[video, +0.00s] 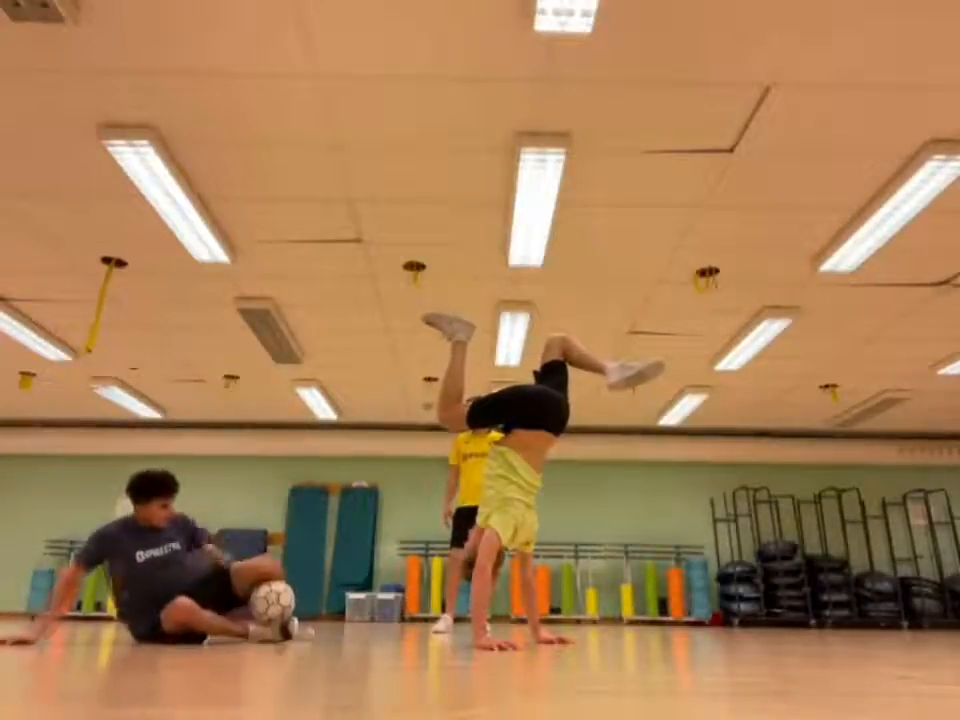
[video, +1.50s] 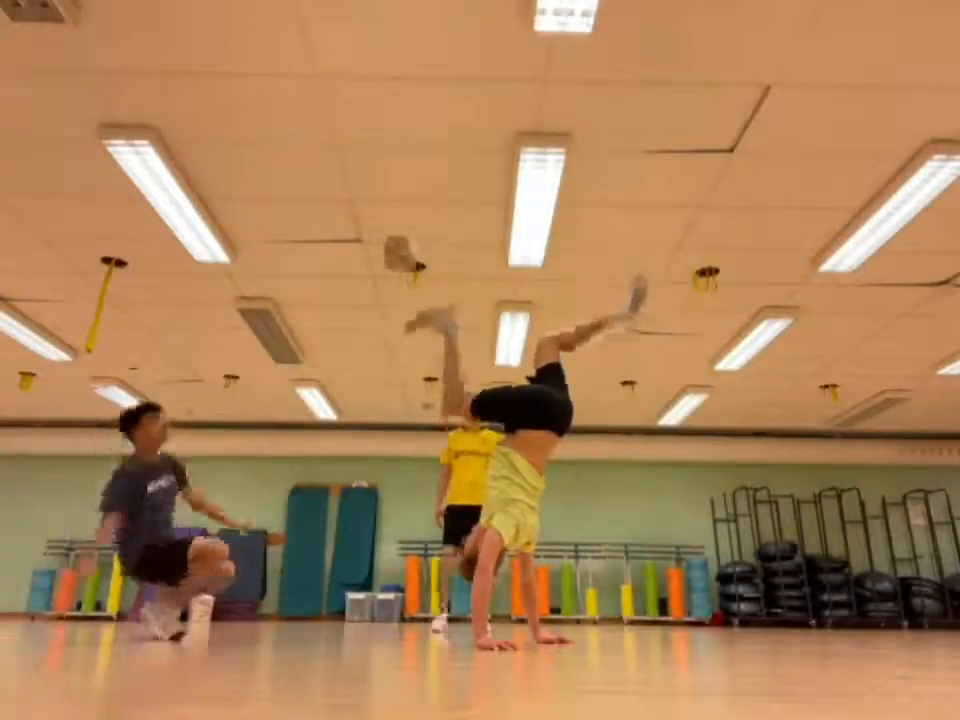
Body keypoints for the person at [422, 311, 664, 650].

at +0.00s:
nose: (485, 562)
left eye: (484, 566)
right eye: (482, 563)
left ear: (474, 548)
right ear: (475, 543)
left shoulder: (525, 534)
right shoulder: (495, 527)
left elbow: (527, 582)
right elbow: (482, 575)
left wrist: (537, 631)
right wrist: (481, 636)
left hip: (554, 414)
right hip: (533, 408)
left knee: (557, 343)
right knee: (452, 416)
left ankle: (612, 370)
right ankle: (459, 342)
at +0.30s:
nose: (485, 567)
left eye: (485, 572)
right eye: (484, 568)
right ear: (478, 550)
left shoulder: (524, 536)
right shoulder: (492, 528)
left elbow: (527, 584)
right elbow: (481, 577)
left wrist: (536, 632)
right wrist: (480, 636)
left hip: (554, 415)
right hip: (530, 408)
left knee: (560, 344)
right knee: (451, 416)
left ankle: (614, 375)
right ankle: (462, 338)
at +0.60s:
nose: (481, 567)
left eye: (480, 567)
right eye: (480, 567)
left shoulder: (524, 536)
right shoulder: (494, 528)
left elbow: (526, 583)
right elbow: (481, 576)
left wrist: (537, 631)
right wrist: (481, 636)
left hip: (553, 414)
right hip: (529, 408)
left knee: (557, 344)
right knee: (450, 416)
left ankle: (613, 375)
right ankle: (458, 343)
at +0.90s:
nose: (478, 564)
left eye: (474, 564)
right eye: (476, 565)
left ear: (472, 547)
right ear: (475, 543)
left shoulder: (524, 536)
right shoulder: (493, 529)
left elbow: (527, 584)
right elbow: (481, 577)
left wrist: (536, 631)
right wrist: (480, 636)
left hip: (554, 416)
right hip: (530, 408)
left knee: (552, 346)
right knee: (451, 417)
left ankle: (618, 357)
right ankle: (458, 343)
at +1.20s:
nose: (486, 566)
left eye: (486, 572)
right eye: (483, 572)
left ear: (482, 556)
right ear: (476, 546)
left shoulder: (524, 537)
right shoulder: (494, 529)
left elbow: (528, 585)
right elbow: (482, 577)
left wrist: (537, 631)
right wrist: (481, 635)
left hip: (555, 413)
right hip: (532, 408)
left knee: (549, 343)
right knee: (452, 420)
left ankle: (623, 337)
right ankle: (461, 345)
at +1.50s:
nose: (481, 557)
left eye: (473, 556)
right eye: (477, 556)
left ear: (472, 549)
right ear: (473, 543)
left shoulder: (526, 538)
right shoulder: (497, 528)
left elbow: (528, 585)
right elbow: (483, 577)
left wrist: (537, 632)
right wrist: (482, 636)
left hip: (557, 412)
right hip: (536, 412)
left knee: (549, 345)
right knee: (457, 407)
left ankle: (620, 317)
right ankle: (450, 334)